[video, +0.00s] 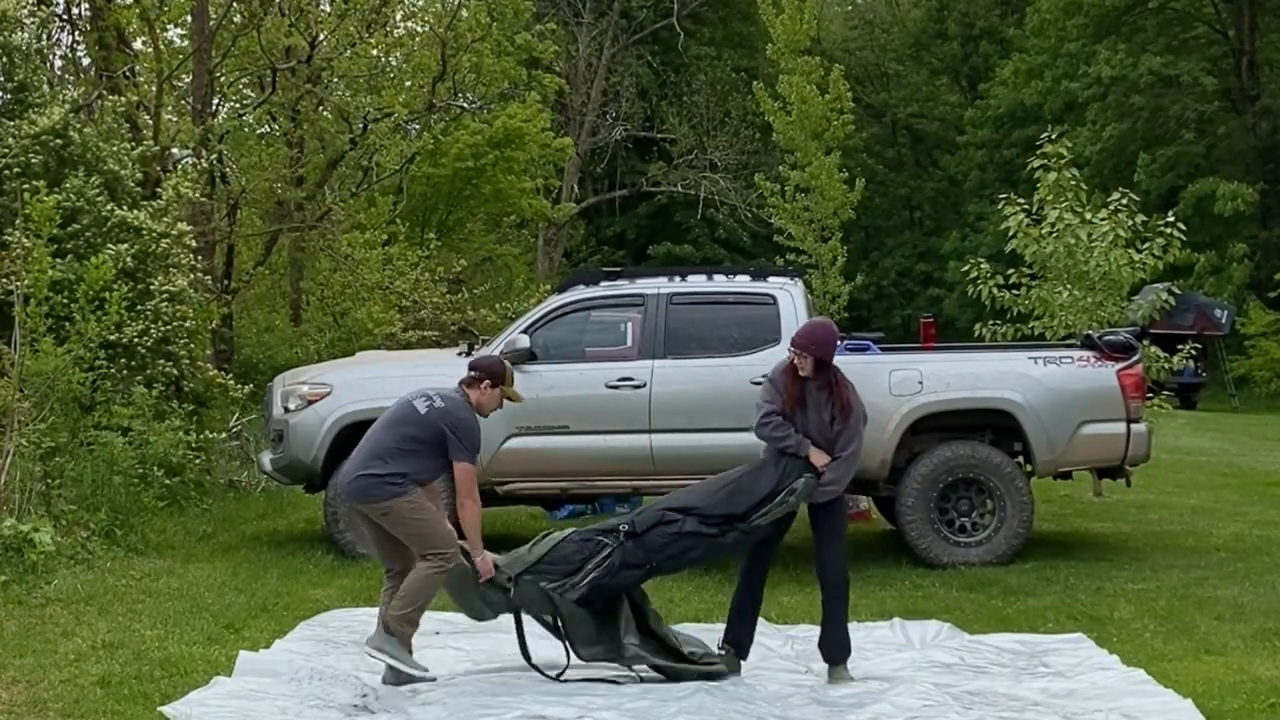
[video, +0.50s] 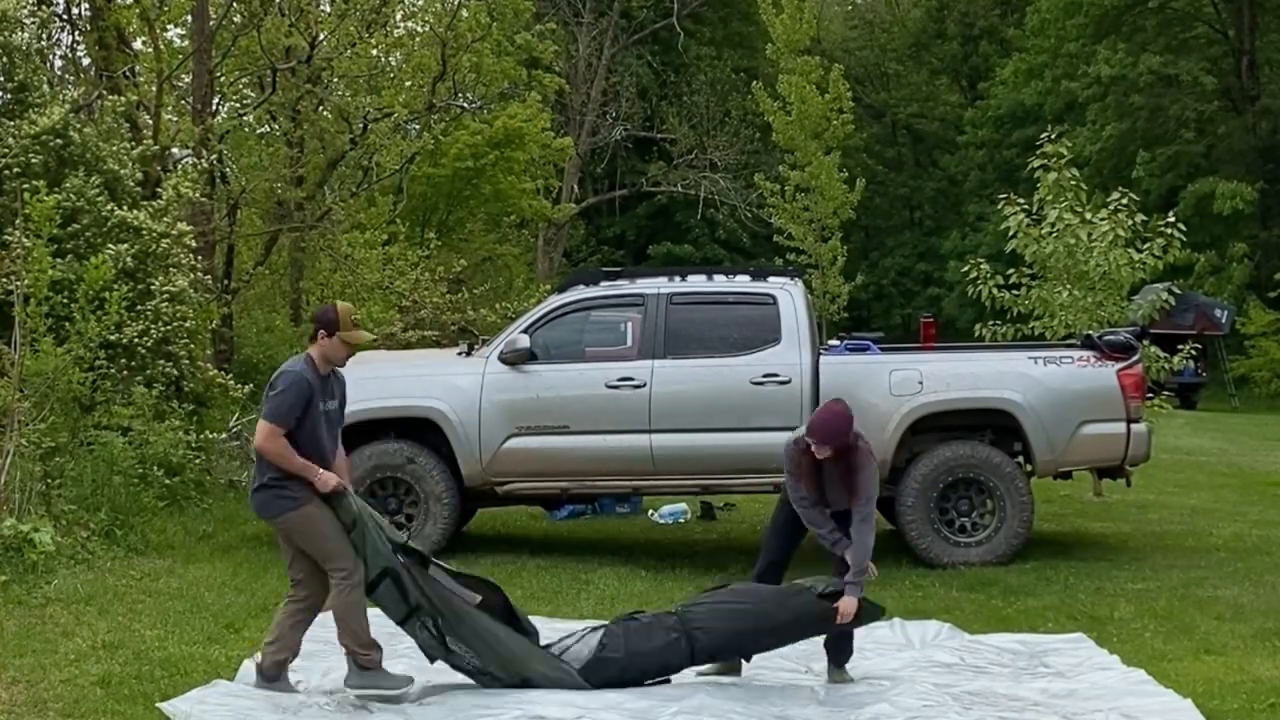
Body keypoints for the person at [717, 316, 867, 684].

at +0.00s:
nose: (797, 360)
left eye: (804, 356)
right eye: (795, 353)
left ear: (823, 358)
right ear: (793, 351)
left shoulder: (844, 396)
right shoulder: (783, 376)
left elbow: (847, 456)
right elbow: (766, 422)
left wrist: (815, 490)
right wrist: (808, 449)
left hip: (829, 484)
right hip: (782, 478)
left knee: (833, 569)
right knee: (755, 563)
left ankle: (837, 661)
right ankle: (732, 651)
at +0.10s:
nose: (804, 367)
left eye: (811, 364)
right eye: (803, 361)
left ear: (829, 367)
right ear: (802, 359)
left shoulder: (849, 401)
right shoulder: (789, 384)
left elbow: (856, 468)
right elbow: (775, 436)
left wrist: (819, 509)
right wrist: (818, 465)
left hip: (835, 491)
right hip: (788, 485)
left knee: (837, 576)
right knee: (757, 566)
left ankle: (837, 663)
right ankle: (731, 654)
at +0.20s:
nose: (808, 388)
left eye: (815, 385)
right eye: (806, 382)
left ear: (834, 386)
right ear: (804, 378)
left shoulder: (852, 414)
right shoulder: (791, 399)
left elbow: (855, 483)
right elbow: (783, 458)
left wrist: (821, 535)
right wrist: (817, 493)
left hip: (838, 500)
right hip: (792, 493)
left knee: (840, 576)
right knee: (761, 566)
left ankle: (837, 663)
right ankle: (732, 653)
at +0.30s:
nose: (809, 405)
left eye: (816, 401)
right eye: (807, 398)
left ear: (835, 402)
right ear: (804, 393)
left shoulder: (855, 425)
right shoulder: (793, 412)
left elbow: (865, 493)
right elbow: (789, 471)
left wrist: (836, 546)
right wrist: (824, 507)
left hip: (842, 504)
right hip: (797, 497)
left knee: (844, 580)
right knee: (764, 568)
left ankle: (837, 664)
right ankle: (732, 655)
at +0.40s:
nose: (811, 424)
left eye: (819, 419)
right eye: (809, 416)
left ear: (838, 420)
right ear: (804, 411)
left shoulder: (862, 443)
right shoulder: (794, 437)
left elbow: (867, 506)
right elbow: (811, 498)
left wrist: (850, 567)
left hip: (846, 503)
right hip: (799, 495)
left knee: (850, 575)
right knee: (765, 565)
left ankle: (837, 664)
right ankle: (732, 657)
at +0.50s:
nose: (816, 450)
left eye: (823, 446)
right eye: (813, 442)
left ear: (840, 443)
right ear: (808, 434)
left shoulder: (863, 456)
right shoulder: (796, 448)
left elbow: (865, 519)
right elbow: (805, 507)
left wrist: (853, 592)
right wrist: (846, 549)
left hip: (843, 510)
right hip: (799, 504)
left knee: (845, 578)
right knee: (767, 570)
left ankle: (837, 664)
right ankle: (734, 656)